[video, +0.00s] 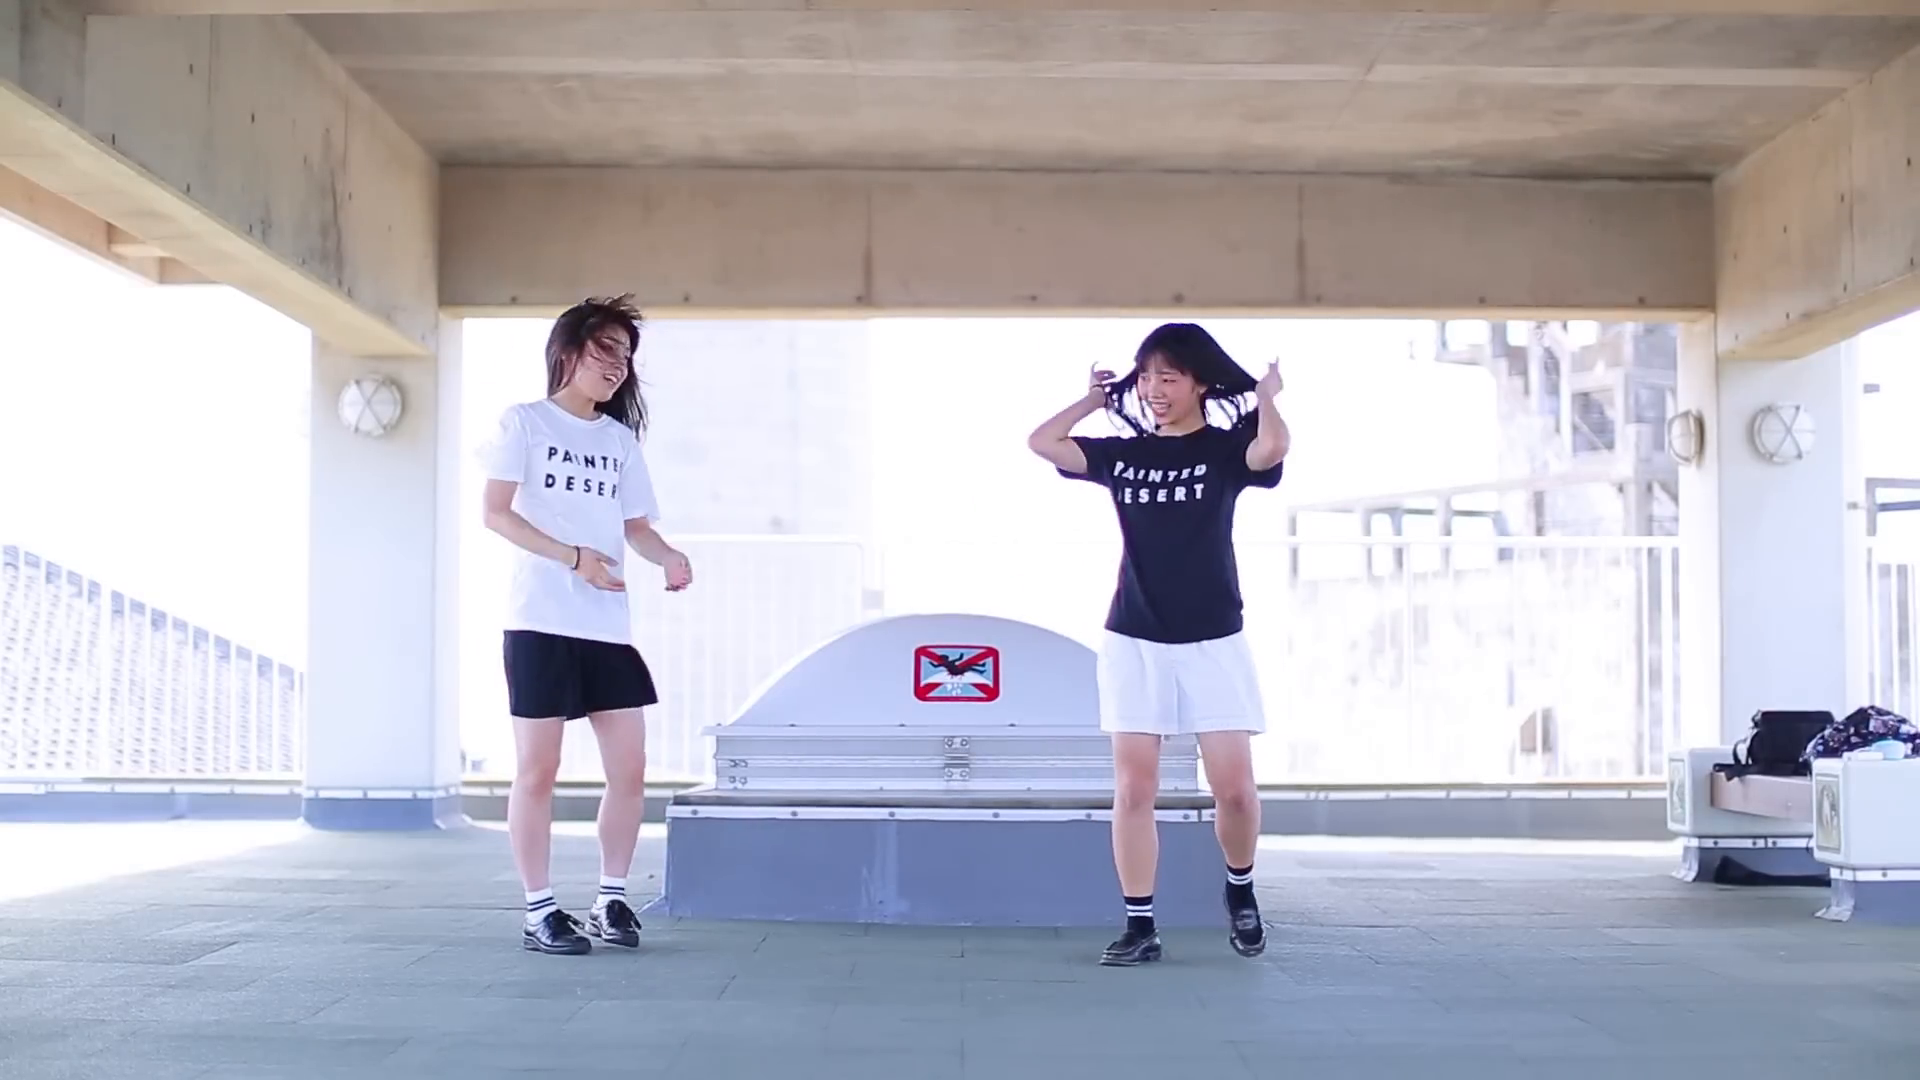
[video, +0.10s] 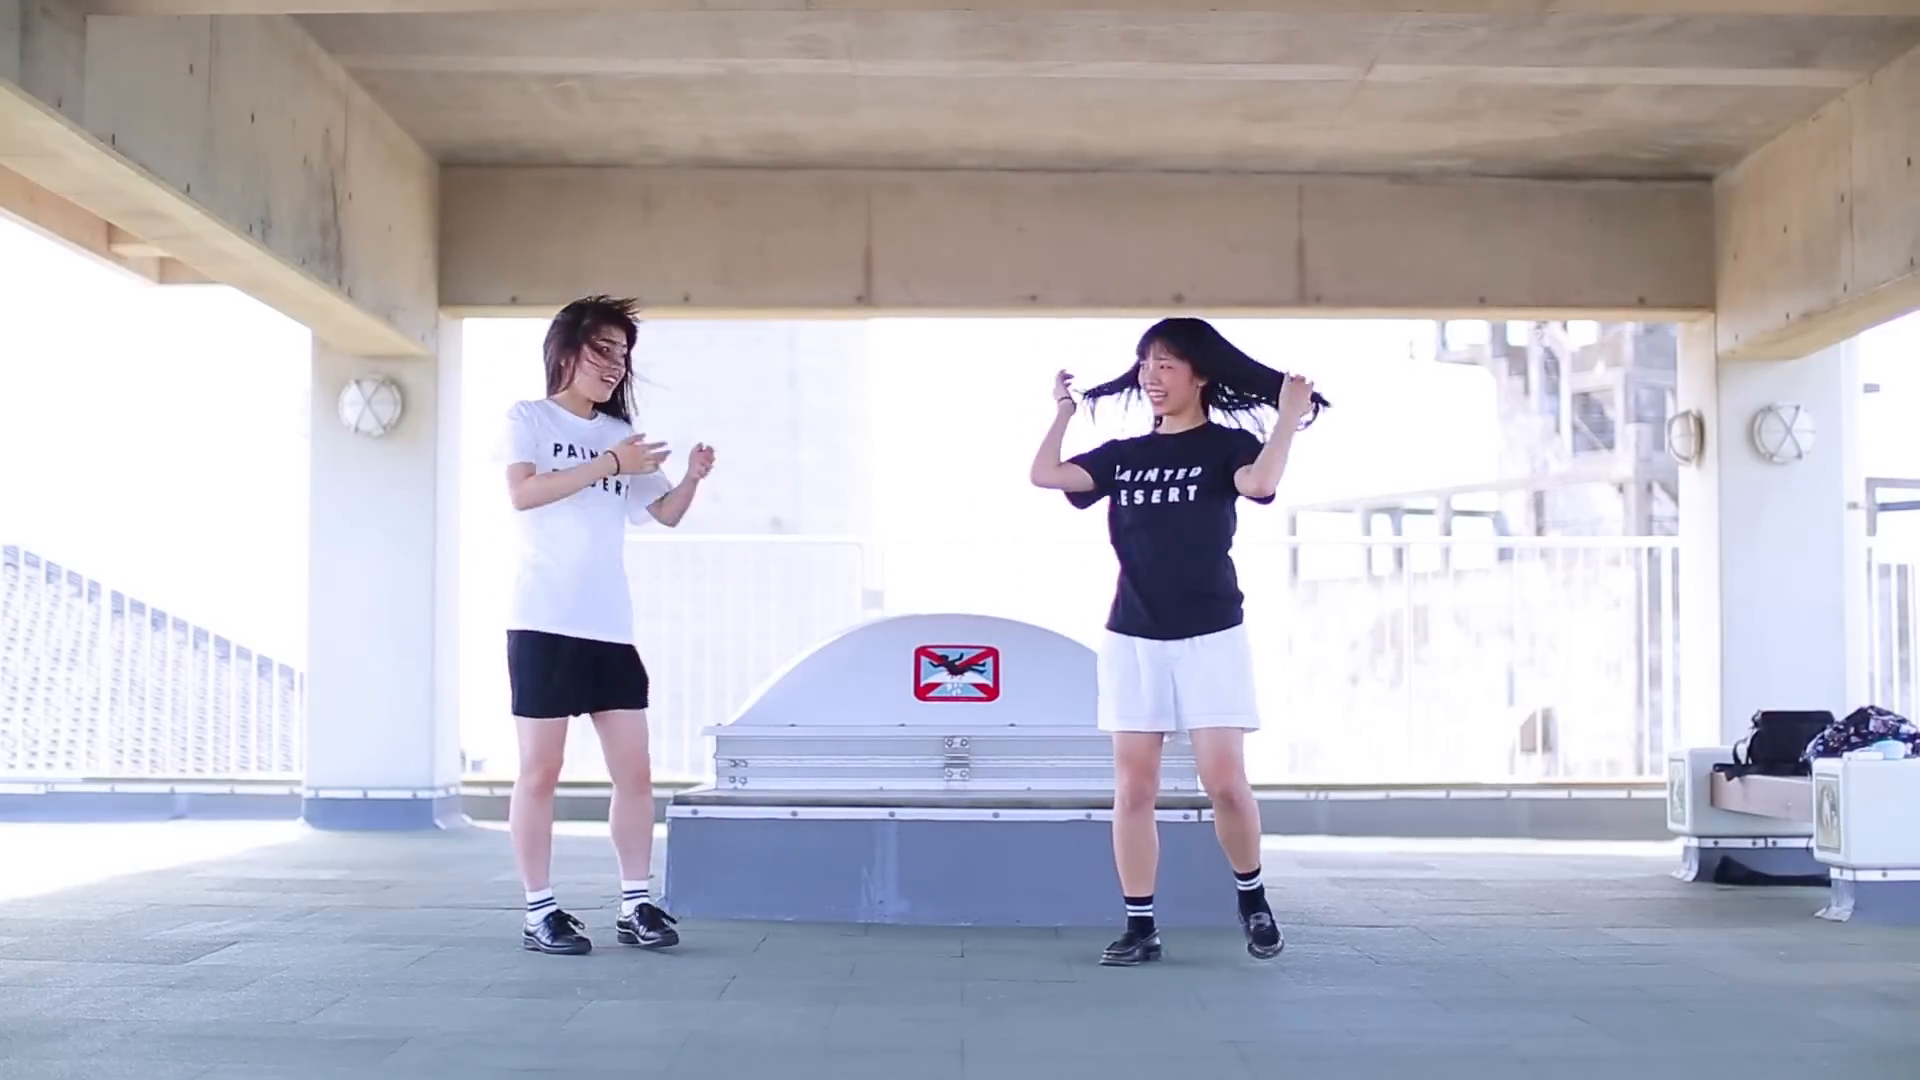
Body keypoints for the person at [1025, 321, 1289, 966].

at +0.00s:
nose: (1156, 390)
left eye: (1170, 377)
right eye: (1148, 379)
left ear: (1201, 383)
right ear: (1140, 387)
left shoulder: (1225, 447)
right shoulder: (1121, 455)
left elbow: (1273, 447)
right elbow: (1042, 442)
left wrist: (1266, 398)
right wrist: (1093, 399)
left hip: (1212, 638)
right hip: (1134, 639)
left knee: (1235, 791)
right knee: (1133, 788)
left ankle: (1241, 895)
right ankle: (1139, 928)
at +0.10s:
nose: (1151, 375)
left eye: (1166, 363)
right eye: (1147, 363)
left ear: (1201, 374)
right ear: (1141, 373)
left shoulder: (1224, 443)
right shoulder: (1124, 454)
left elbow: (1260, 484)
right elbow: (1045, 473)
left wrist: (1288, 416)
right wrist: (1064, 413)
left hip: (1211, 633)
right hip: (1133, 635)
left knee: (1225, 786)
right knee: (1133, 787)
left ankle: (1253, 900)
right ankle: (1139, 928)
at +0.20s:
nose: (1160, 376)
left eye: (1174, 364)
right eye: (1155, 365)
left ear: (1207, 372)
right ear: (1151, 374)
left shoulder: (1232, 440)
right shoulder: (1132, 453)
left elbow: (1248, 472)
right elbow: (1052, 471)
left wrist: (1267, 388)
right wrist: (1076, 395)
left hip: (1214, 633)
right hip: (1139, 634)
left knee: (1218, 782)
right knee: (1136, 787)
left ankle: (1264, 926)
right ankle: (1139, 929)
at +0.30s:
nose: (1173, 384)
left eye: (1186, 372)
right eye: (1168, 374)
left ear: (1221, 376)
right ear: (1164, 380)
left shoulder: (1245, 445)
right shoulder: (1145, 454)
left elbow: (1245, 456)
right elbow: (1068, 460)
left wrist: (1235, 369)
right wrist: (1117, 389)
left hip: (1223, 638)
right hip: (1149, 639)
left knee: (1229, 785)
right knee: (1139, 790)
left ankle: (1272, 935)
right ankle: (1140, 930)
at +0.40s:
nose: (1187, 386)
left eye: (1198, 372)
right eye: (1181, 374)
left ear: (1232, 375)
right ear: (1178, 382)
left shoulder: (1265, 444)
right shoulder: (1169, 453)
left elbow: (1251, 447)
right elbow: (1087, 455)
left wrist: (1228, 380)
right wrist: (1146, 391)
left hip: (1237, 635)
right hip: (1166, 638)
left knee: (1241, 784)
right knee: (1145, 794)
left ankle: (1273, 935)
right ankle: (1142, 929)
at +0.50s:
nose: (1196, 393)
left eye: (1205, 379)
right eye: (1189, 383)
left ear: (1242, 377)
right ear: (1189, 386)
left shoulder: (1282, 442)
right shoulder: (1187, 453)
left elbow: (1258, 451)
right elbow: (1105, 458)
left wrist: (1244, 387)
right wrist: (1161, 396)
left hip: (1251, 637)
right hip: (1182, 642)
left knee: (1253, 786)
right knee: (1156, 796)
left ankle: (1275, 936)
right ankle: (1150, 926)